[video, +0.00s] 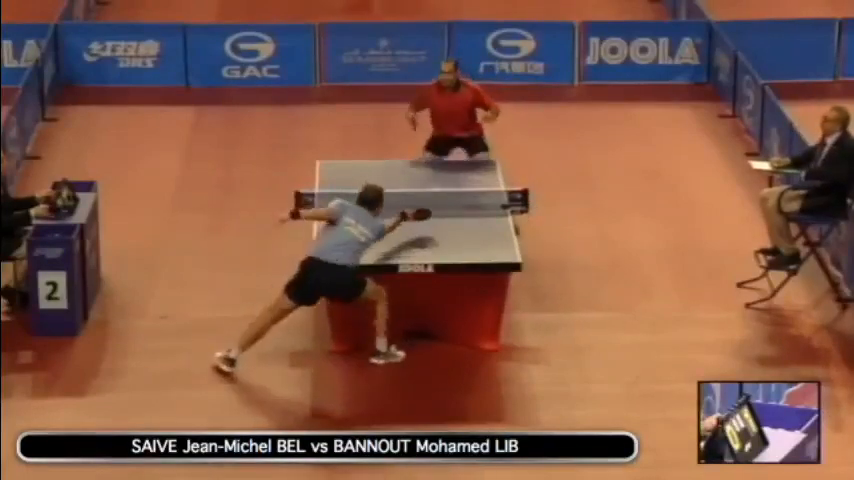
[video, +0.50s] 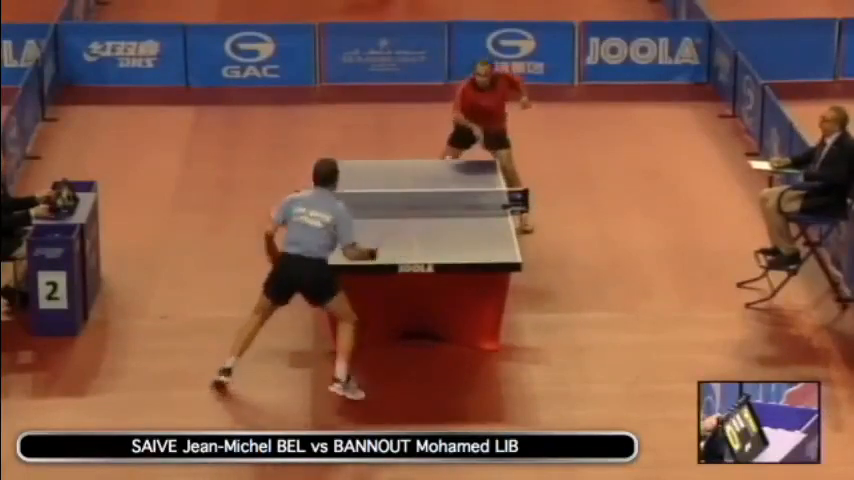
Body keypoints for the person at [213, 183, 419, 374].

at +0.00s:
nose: (376, 206)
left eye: (370, 197)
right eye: (378, 202)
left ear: (359, 198)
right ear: (378, 206)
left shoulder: (343, 207)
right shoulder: (377, 227)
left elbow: (326, 215)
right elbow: (393, 225)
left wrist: (296, 215)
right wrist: (405, 216)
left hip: (312, 268)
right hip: (341, 275)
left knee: (275, 311)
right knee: (380, 296)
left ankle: (233, 354)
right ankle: (382, 349)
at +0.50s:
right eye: (336, 177)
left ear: (314, 178)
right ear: (336, 180)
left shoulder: (295, 200)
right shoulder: (338, 208)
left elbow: (269, 231)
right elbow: (350, 251)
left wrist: (275, 258)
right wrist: (369, 254)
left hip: (286, 265)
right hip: (315, 269)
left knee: (259, 315)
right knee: (347, 319)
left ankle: (228, 366)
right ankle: (341, 378)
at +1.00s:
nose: (307, 221)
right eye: (306, 219)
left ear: (282, 223)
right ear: (305, 223)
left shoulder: (270, 243)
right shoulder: (315, 249)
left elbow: (250, 269)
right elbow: (347, 274)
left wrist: (272, 253)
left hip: (260, 308)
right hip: (293, 313)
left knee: (236, 320)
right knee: (342, 328)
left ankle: (217, 372)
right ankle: (338, 389)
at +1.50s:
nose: (304, 203)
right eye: (304, 199)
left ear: (282, 204)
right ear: (304, 202)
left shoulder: (270, 229)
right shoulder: (314, 231)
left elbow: (246, 259)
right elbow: (331, 269)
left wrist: (263, 262)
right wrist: (344, 272)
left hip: (272, 301)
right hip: (305, 303)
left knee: (251, 334)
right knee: (350, 335)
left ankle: (225, 384)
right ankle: (348, 397)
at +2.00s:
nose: (413, 249)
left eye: (412, 244)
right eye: (411, 245)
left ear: (391, 243)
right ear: (401, 248)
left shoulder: (372, 252)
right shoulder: (387, 271)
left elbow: (346, 260)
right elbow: (417, 304)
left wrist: (324, 269)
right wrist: (457, 302)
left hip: (323, 312)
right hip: (345, 325)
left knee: (296, 352)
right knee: (394, 359)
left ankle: (251, 390)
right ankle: (378, 416)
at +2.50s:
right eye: (476, 251)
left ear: (452, 249)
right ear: (476, 257)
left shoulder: (432, 264)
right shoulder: (468, 290)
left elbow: (397, 290)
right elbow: (455, 333)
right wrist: (448, 374)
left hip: (400, 336)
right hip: (429, 346)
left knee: (382, 376)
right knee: (467, 382)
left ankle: (364, 419)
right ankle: (462, 447)